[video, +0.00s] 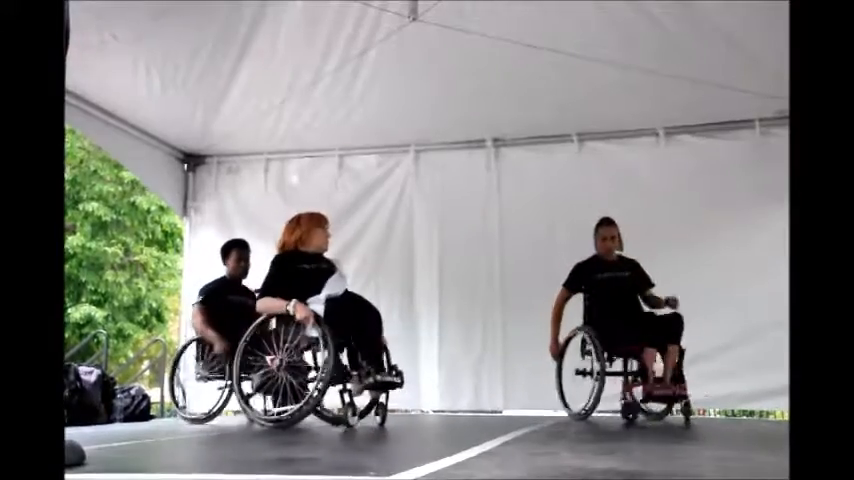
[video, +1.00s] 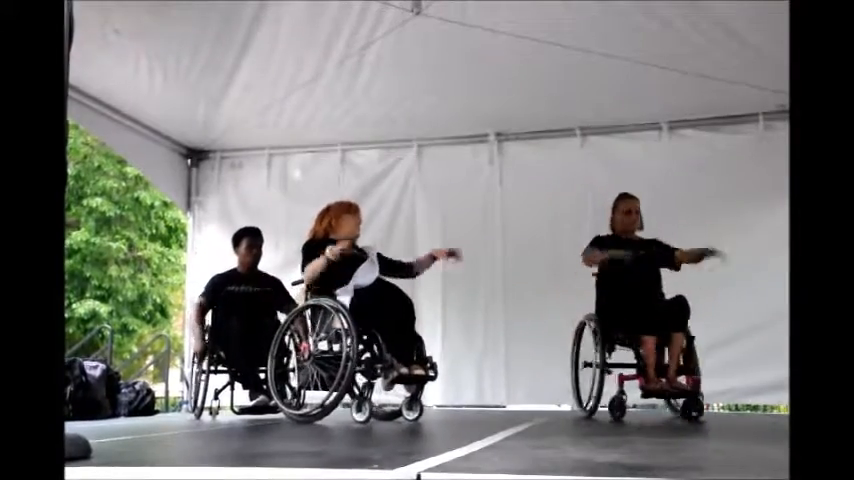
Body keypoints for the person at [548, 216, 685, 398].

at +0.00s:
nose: (609, 244)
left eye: (613, 238)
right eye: (603, 239)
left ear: (619, 239)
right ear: (595, 242)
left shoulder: (630, 266)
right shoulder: (584, 269)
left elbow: (648, 299)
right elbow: (560, 303)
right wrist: (554, 341)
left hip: (633, 326)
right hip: (603, 330)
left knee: (674, 320)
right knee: (649, 337)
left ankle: (667, 383)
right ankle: (648, 383)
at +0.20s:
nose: (612, 239)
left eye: (617, 234)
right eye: (608, 234)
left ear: (625, 237)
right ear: (601, 237)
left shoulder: (641, 263)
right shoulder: (591, 266)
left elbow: (663, 296)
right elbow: (573, 297)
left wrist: (677, 327)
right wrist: (570, 333)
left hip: (637, 321)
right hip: (606, 322)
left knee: (656, 318)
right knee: (624, 325)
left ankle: (646, 382)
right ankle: (627, 383)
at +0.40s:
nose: (614, 234)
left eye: (619, 229)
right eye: (609, 229)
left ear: (628, 230)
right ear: (604, 232)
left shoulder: (645, 259)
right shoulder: (594, 261)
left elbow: (663, 295)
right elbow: (580, 291)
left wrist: (673, 326)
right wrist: (577, 323)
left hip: (639, 316)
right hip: (608, 316)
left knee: (641, 325)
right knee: (612, 327)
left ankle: (633, 381)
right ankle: (612, 380)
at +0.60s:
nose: (614, 226)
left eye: (619, 220)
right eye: (609, 221)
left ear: (629, 222)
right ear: (604, 225)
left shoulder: (647, 253)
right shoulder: (595, 255)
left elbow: (662, 292)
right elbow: (578, 286)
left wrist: (674, 329)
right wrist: (575, 316)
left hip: (639, 312)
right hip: (607, 313)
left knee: (636, 319)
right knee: (605, 320)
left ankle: (632, 378)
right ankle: (612, 377)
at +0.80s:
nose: (621, 217)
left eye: (626, 212)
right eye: (615, 213)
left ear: (634, 218)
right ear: (608, 220)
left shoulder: (650, 249)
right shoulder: (597, 249)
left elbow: (669, 286)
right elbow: (574, 282)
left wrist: (686, 324)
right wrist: (576, 308)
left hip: (645, 309)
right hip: (611, 310)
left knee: (656, 330)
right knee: (627, 334)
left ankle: (651, 378)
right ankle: (630, 379)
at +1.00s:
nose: (633, 217)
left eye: (636, 212)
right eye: (627, 212)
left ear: (640, 217)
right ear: (613, 217)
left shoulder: (649, 246)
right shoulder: (604, 242)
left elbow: (679, 256)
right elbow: (589, 256)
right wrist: (601, 258)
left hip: (649, 310)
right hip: (616, 311)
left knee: (679, 303)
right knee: (649, 316)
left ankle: (672, 377)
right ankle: (651, 380)